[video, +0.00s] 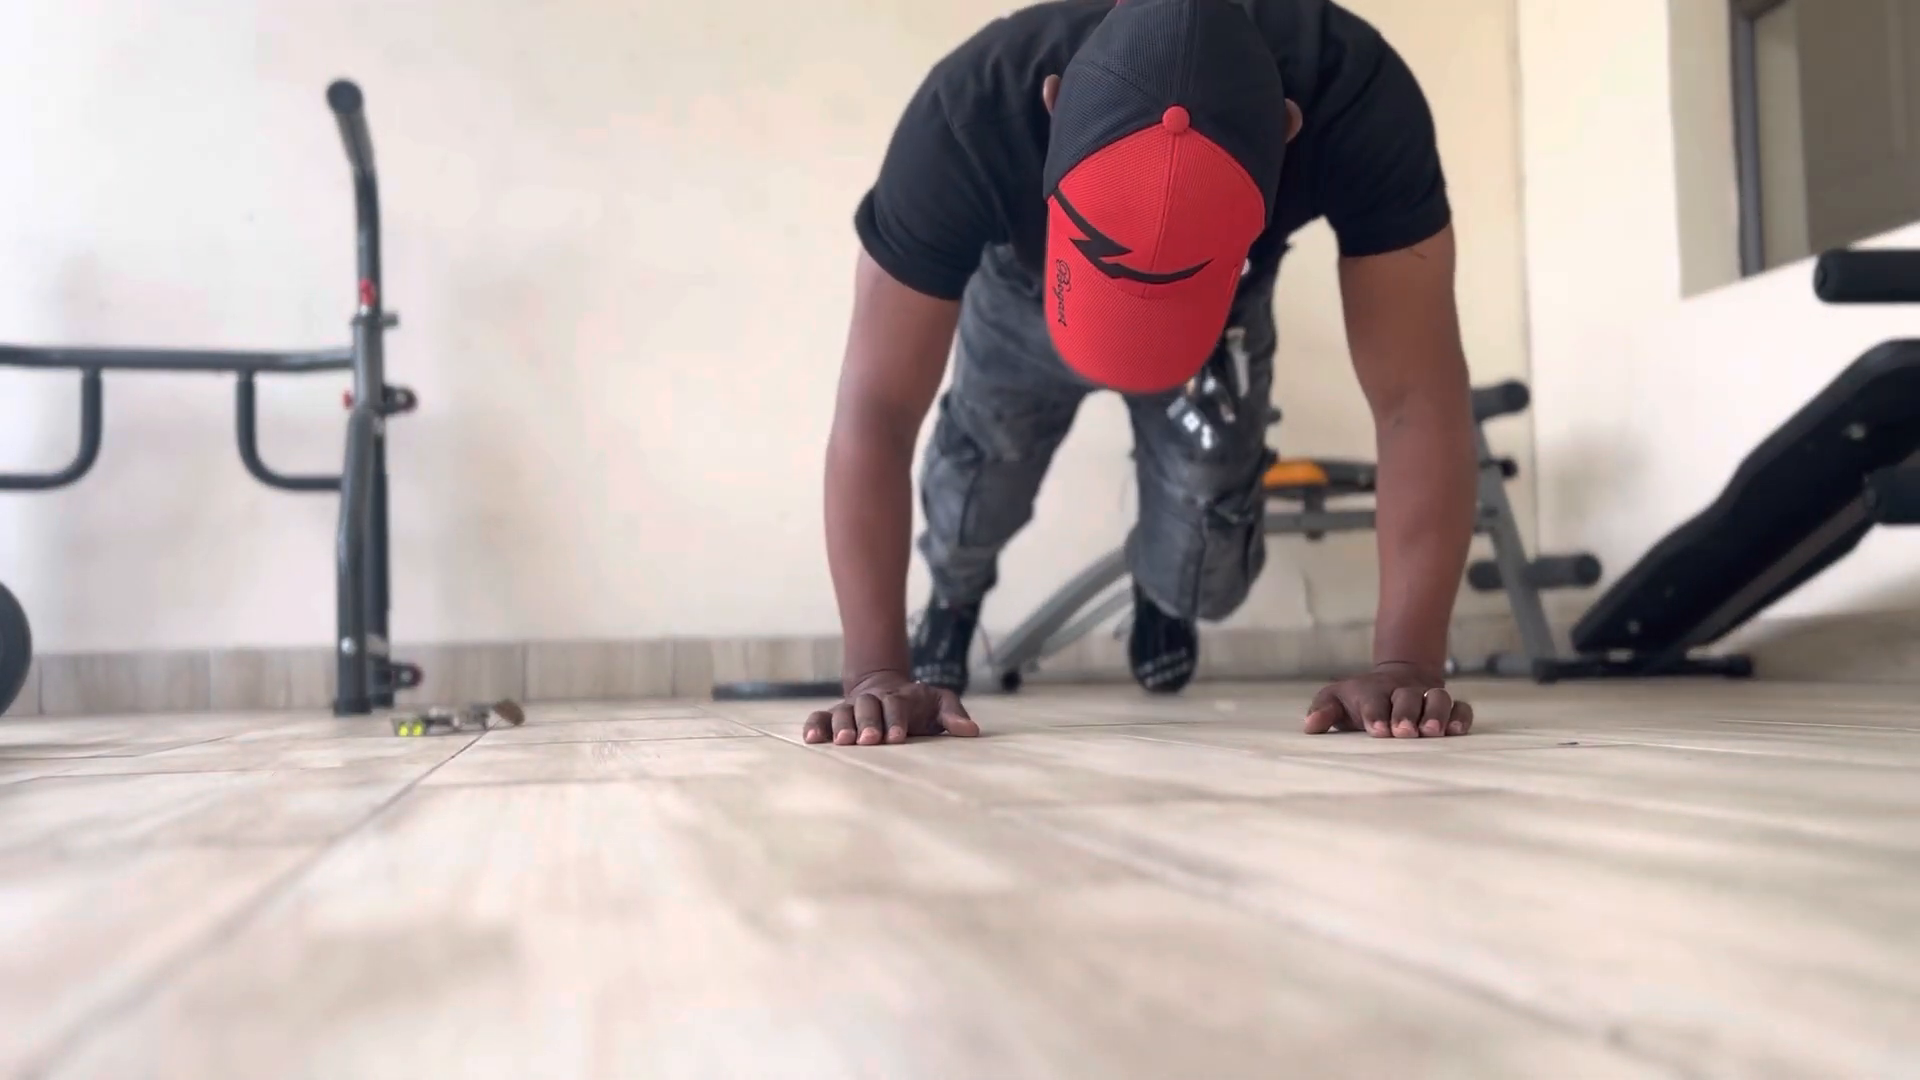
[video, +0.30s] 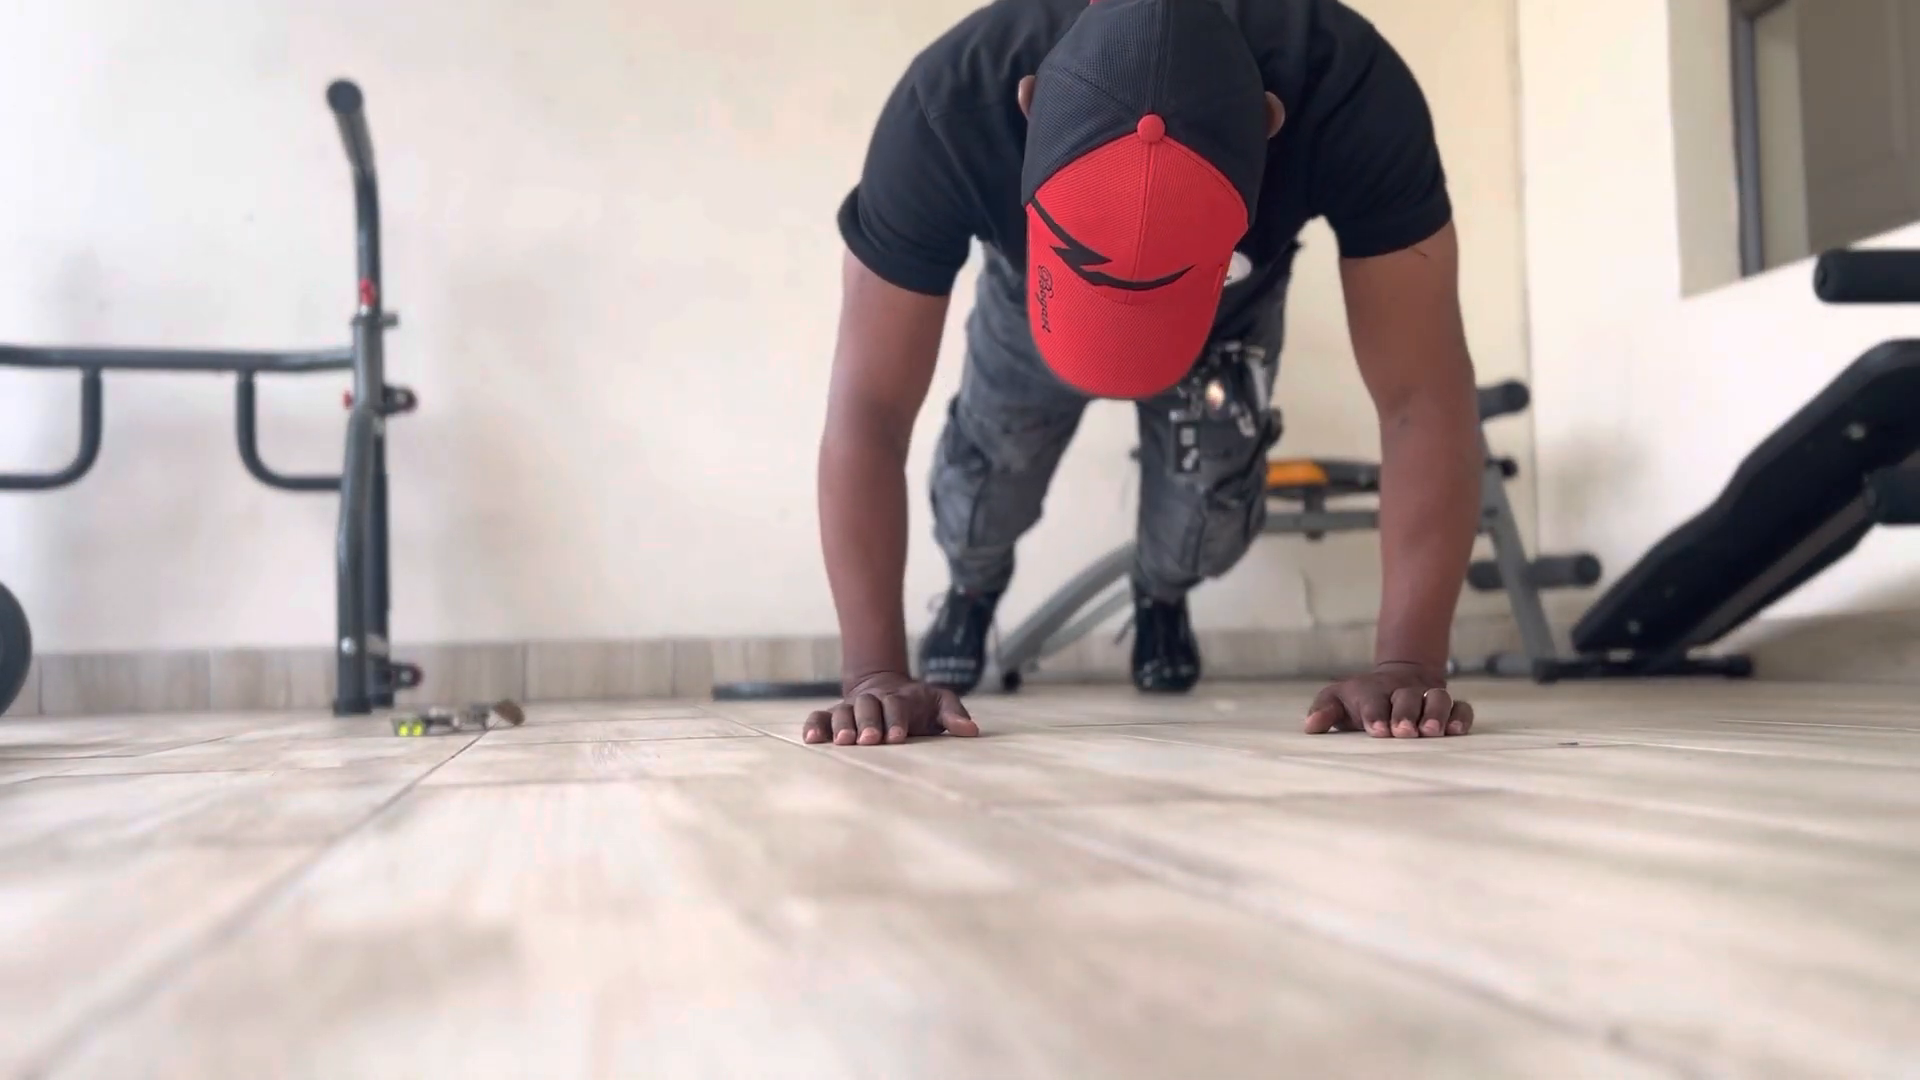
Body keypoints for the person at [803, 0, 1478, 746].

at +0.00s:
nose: (1132, 340)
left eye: (1173, 298)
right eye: (1097, 280)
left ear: (1286, 136)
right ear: (1055, 107)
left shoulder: (1369, 111)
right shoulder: (967, 121)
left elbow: (1418, 398)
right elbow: (872, 414)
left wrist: (1406, 663)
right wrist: (869, 673)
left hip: (1225, 280)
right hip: (1024, 261)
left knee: (1206, 574)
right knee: (983, 466)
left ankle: (1164, 590)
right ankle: (951, 602)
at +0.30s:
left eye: (1162, 288)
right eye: (1082, 271)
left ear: (1268, 124)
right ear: (1031, 106)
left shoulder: (1361, 103)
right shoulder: (946, 116)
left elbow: (1424, 396)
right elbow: (864, 421)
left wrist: (1408, 664)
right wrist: (869, 674)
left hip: (1235, 260)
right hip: (1028, 247)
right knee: (998, 448)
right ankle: (969, 594)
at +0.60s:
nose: (1142, 267)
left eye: (1174, 242)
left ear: (1254, 100)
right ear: (1033, 96)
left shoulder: (1339, 104)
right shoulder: (933, 115)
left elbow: (1420, 395)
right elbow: (863, 418)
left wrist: (1409, 663)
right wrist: (875, 674)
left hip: (1199, 347)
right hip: (1022, 348)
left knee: (1188, 534)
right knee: (1012, 541)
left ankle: (1159, 601)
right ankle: (1022, 605)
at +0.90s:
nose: (1115, 144)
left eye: (1152, 108)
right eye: (1076, 111)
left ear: (1207, 53)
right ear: (1008, 49)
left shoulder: (1304, 78)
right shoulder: (916, 101)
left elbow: (1413, 367)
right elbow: (868, 407)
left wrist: (1433, 642)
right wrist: (873, 673)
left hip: (1174, 328)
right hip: (997, 337)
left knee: (1183, 512)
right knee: (976, 541)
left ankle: (1166, 606)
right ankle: (1009, 599)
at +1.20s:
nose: (1164, 96)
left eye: (1206, 62)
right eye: (1122, 59)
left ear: (1276, 29)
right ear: (1065, 23)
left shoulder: (1376, 47)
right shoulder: (980, 68)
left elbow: (1441, 370)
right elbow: (876, 368)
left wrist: (1431, 667)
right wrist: (880, 626)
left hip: (1250, 329)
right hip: (1061, 311)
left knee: (1231, 515)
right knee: (1017, 487)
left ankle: (1187, 577)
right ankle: (1013, 604)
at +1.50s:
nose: (1213, 19)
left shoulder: (1403, 52)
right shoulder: (986, 74)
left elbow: (1460, 383)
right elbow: (892, 400)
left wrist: (1434, 664)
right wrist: (906, 676)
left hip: (1264, 384)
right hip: (1066, 377)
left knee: (1253, 534)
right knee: (1030, 527)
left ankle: (1222, 594)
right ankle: (1020, 607)